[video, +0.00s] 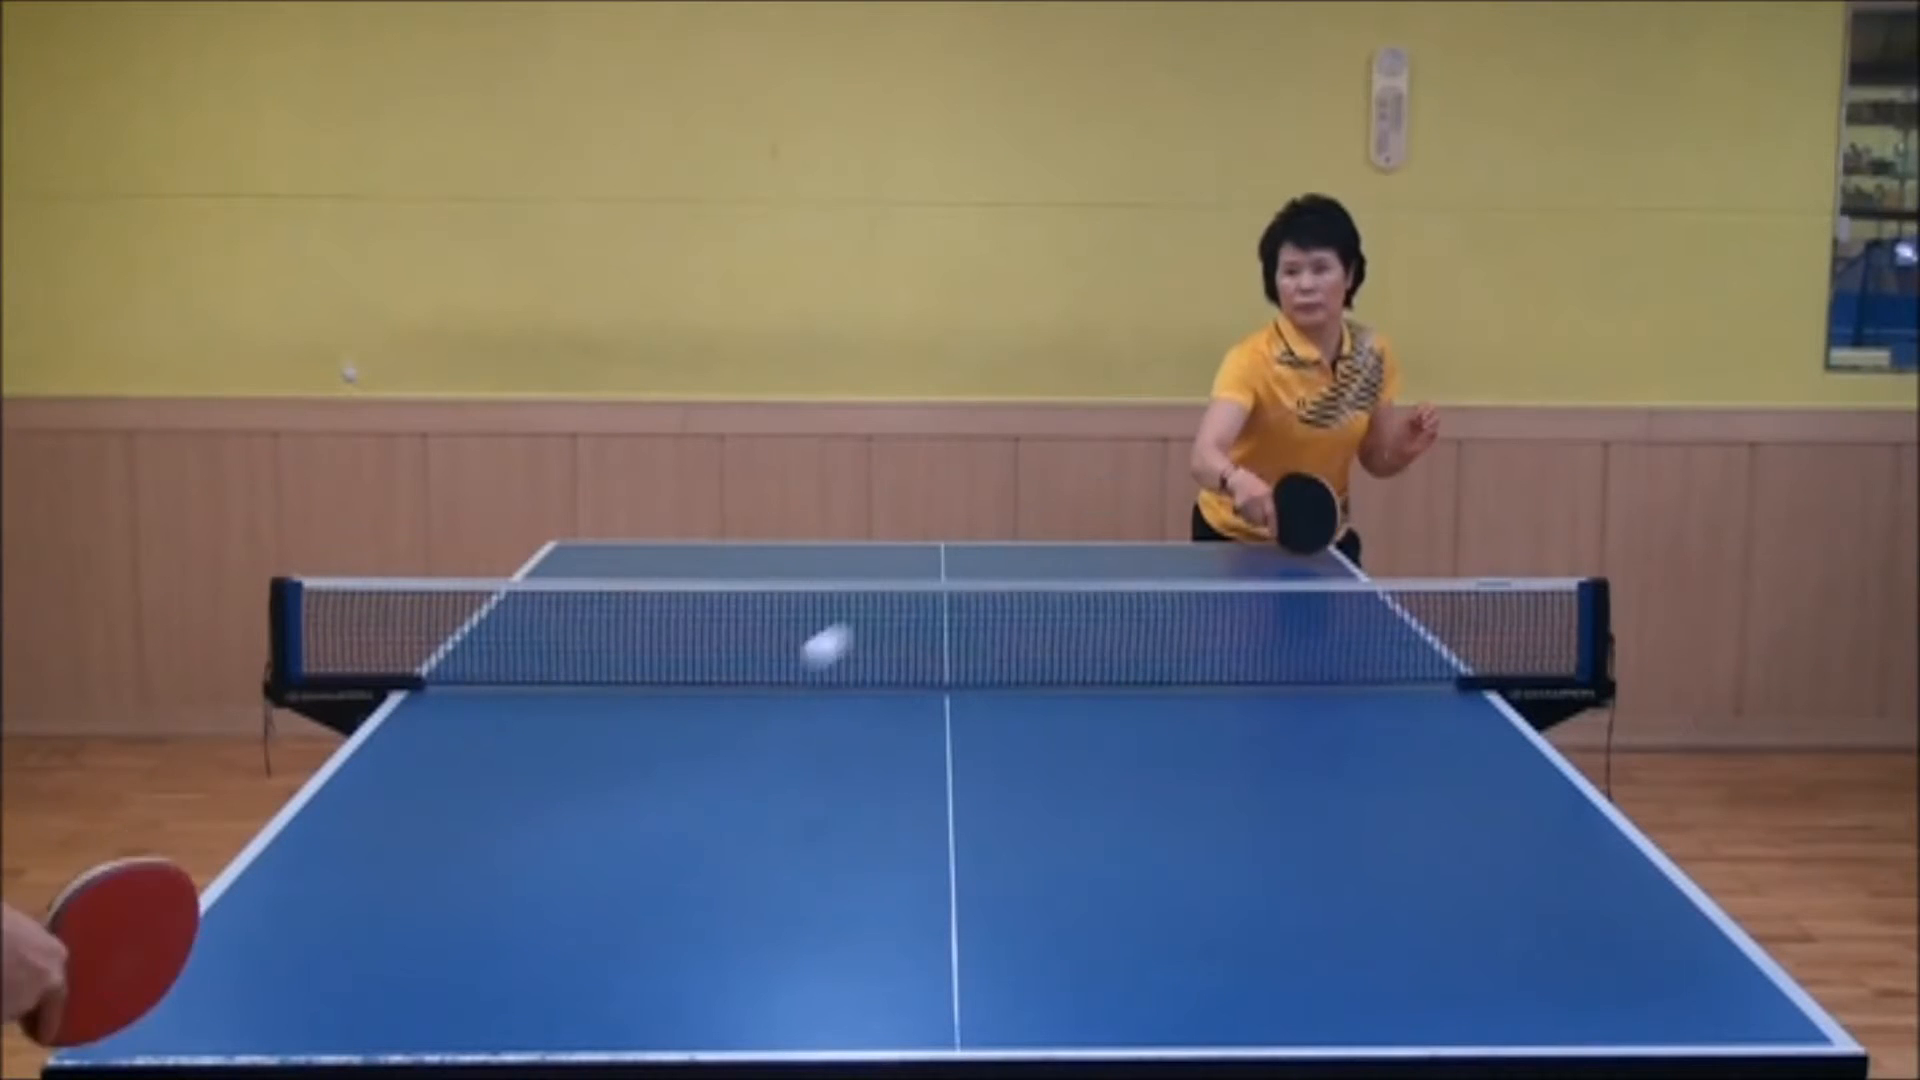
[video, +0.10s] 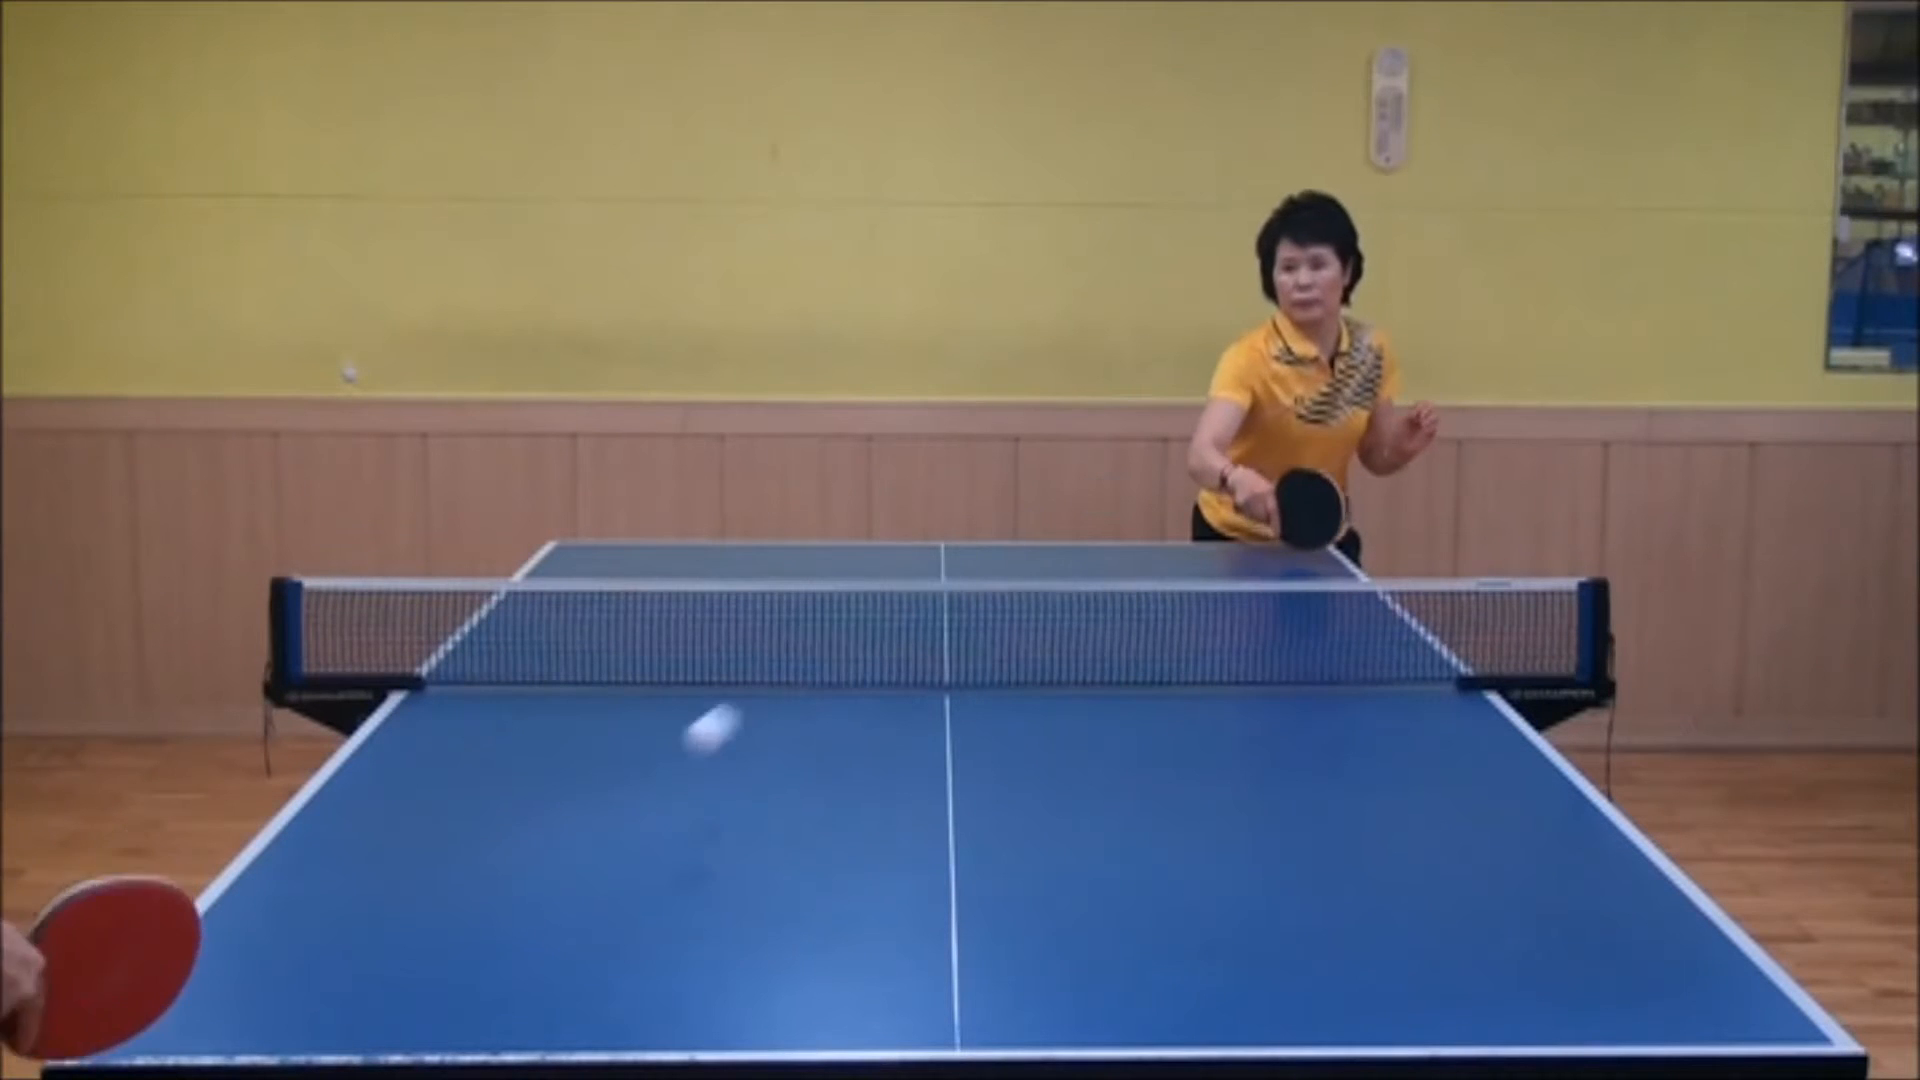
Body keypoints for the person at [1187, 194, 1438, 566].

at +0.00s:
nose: (1306, 285)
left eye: (1321, 269)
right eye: (1291, 271)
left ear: (1350, 276)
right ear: (1274, 281)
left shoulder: (1371, 356)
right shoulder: (1251, 360)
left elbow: (1376, 459)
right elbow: (1205, 454)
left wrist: (1403, 448)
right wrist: (1236, 480)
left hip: (1327, 538)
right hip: (1238, 538)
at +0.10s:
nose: (1303, 281)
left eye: (1318, 265)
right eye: (1289, 268)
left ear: (1348, 272)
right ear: (1271, 278)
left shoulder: (1370, 353)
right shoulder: (1249, 358)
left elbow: (1376, 457)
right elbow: (1202, 453)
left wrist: (1401, 448)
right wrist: (1235, 478)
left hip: (1327, 538)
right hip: (1238, 537)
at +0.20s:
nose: (1300, 276)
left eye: (1315, 261)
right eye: (1286, 263)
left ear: (1345, 268)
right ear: (1268, 274)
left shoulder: (1369, 349)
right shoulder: (1246, 355)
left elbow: (1376, 454)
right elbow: (1198, 454)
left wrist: (1401, 443)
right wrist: (1233, 472)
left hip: (1327, 538)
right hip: (1238, 537)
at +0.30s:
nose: (1297, 271)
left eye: (1312, 256)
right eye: (1283, 258)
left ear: (1342, 263)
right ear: (1265, 269)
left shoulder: (1367, 345)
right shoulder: (1243, 352)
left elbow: (1376, 450)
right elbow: (1195, 451)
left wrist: (1400, 438)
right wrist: (1231, 466)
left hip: (1328, 540)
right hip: (1239, 538)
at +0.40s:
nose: (1297, 271)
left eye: (1311, 256)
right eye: (1282, 258)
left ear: (1342, 263)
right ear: (1265, 269)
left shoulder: (1367, 345)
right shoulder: (1243, 351)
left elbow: (1376, 450)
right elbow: (1195, 451)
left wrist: (1400, 438)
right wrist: (1231, 466)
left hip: (1328, 540)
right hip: (1239, 537)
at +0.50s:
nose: (1290, 259)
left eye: (1305, 243)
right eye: (1276, 246)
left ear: (1335, 251)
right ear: (1259, 258)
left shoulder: (1364, 332)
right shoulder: (1237, 340)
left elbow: (1375, 440)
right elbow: (1187, 445)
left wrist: (1397, 427)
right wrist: (1226, 453)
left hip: (1331, 532)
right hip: (1240, 531)